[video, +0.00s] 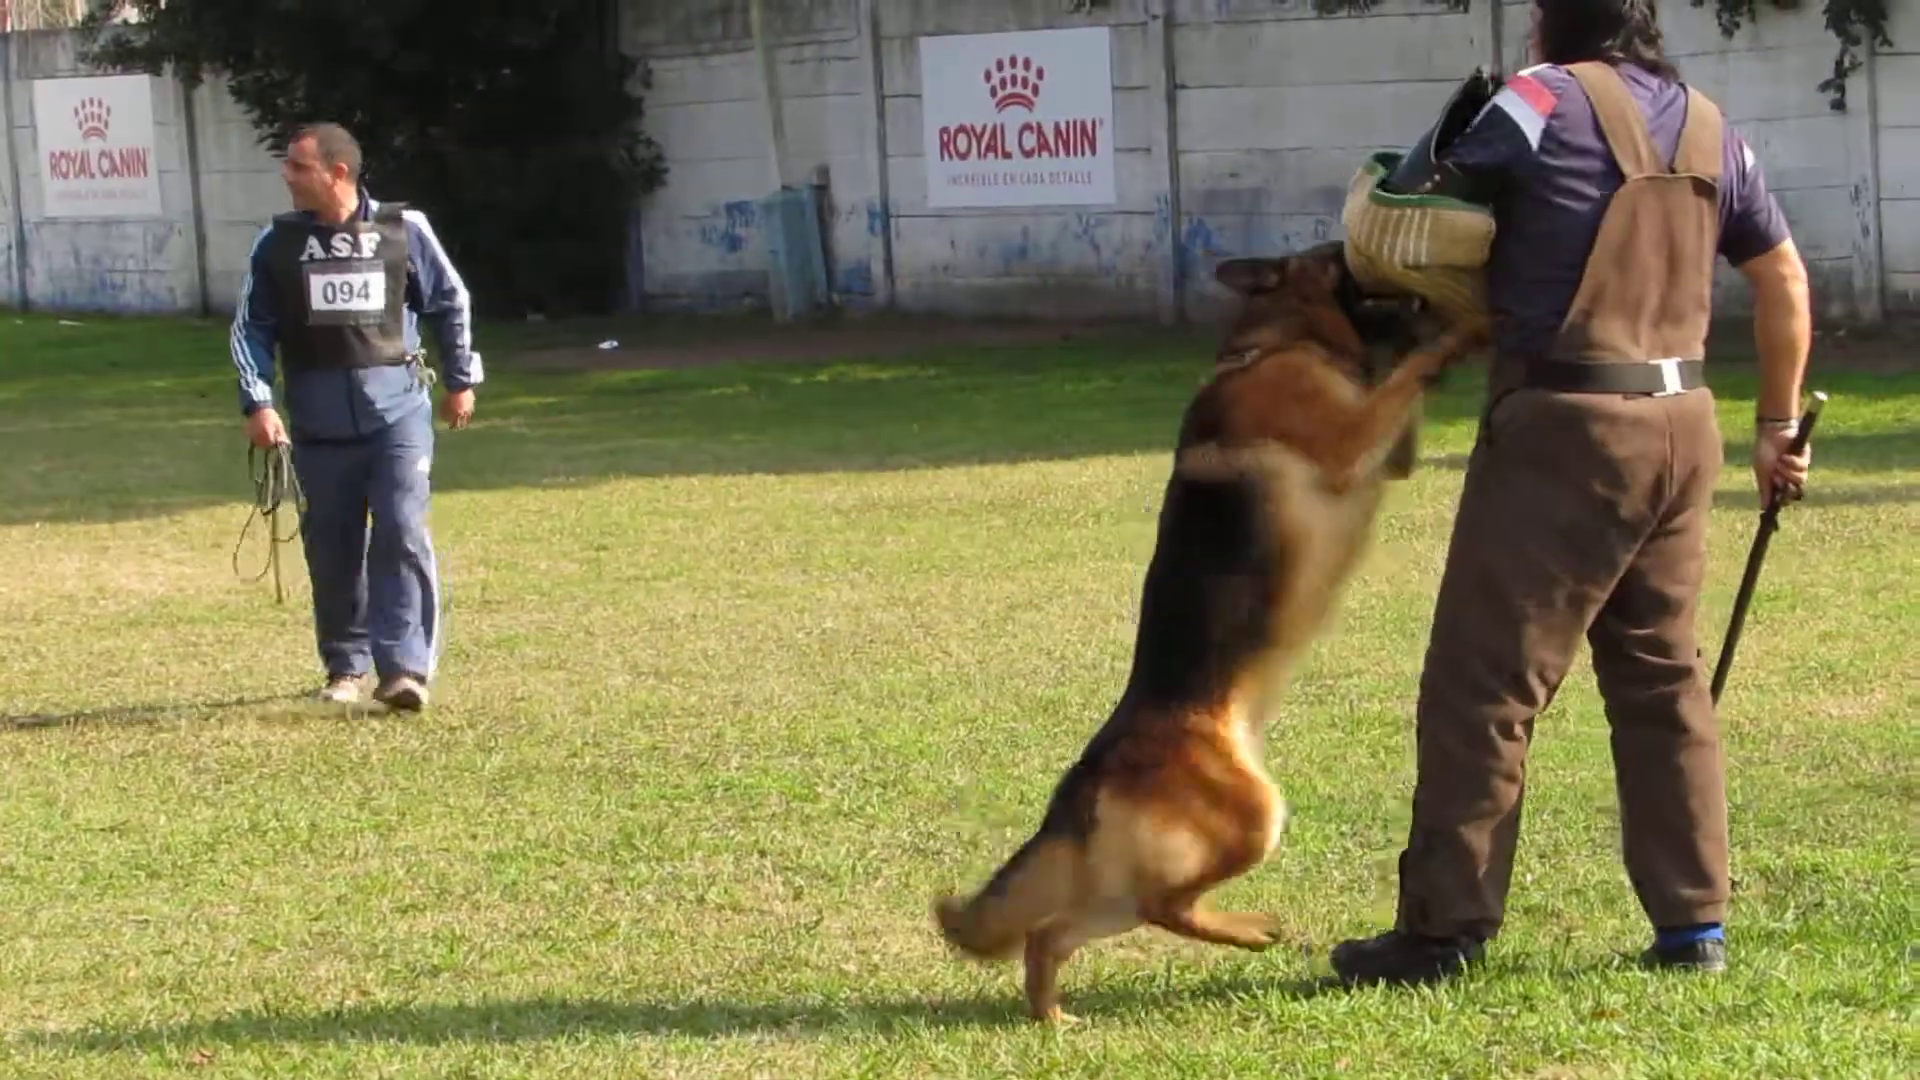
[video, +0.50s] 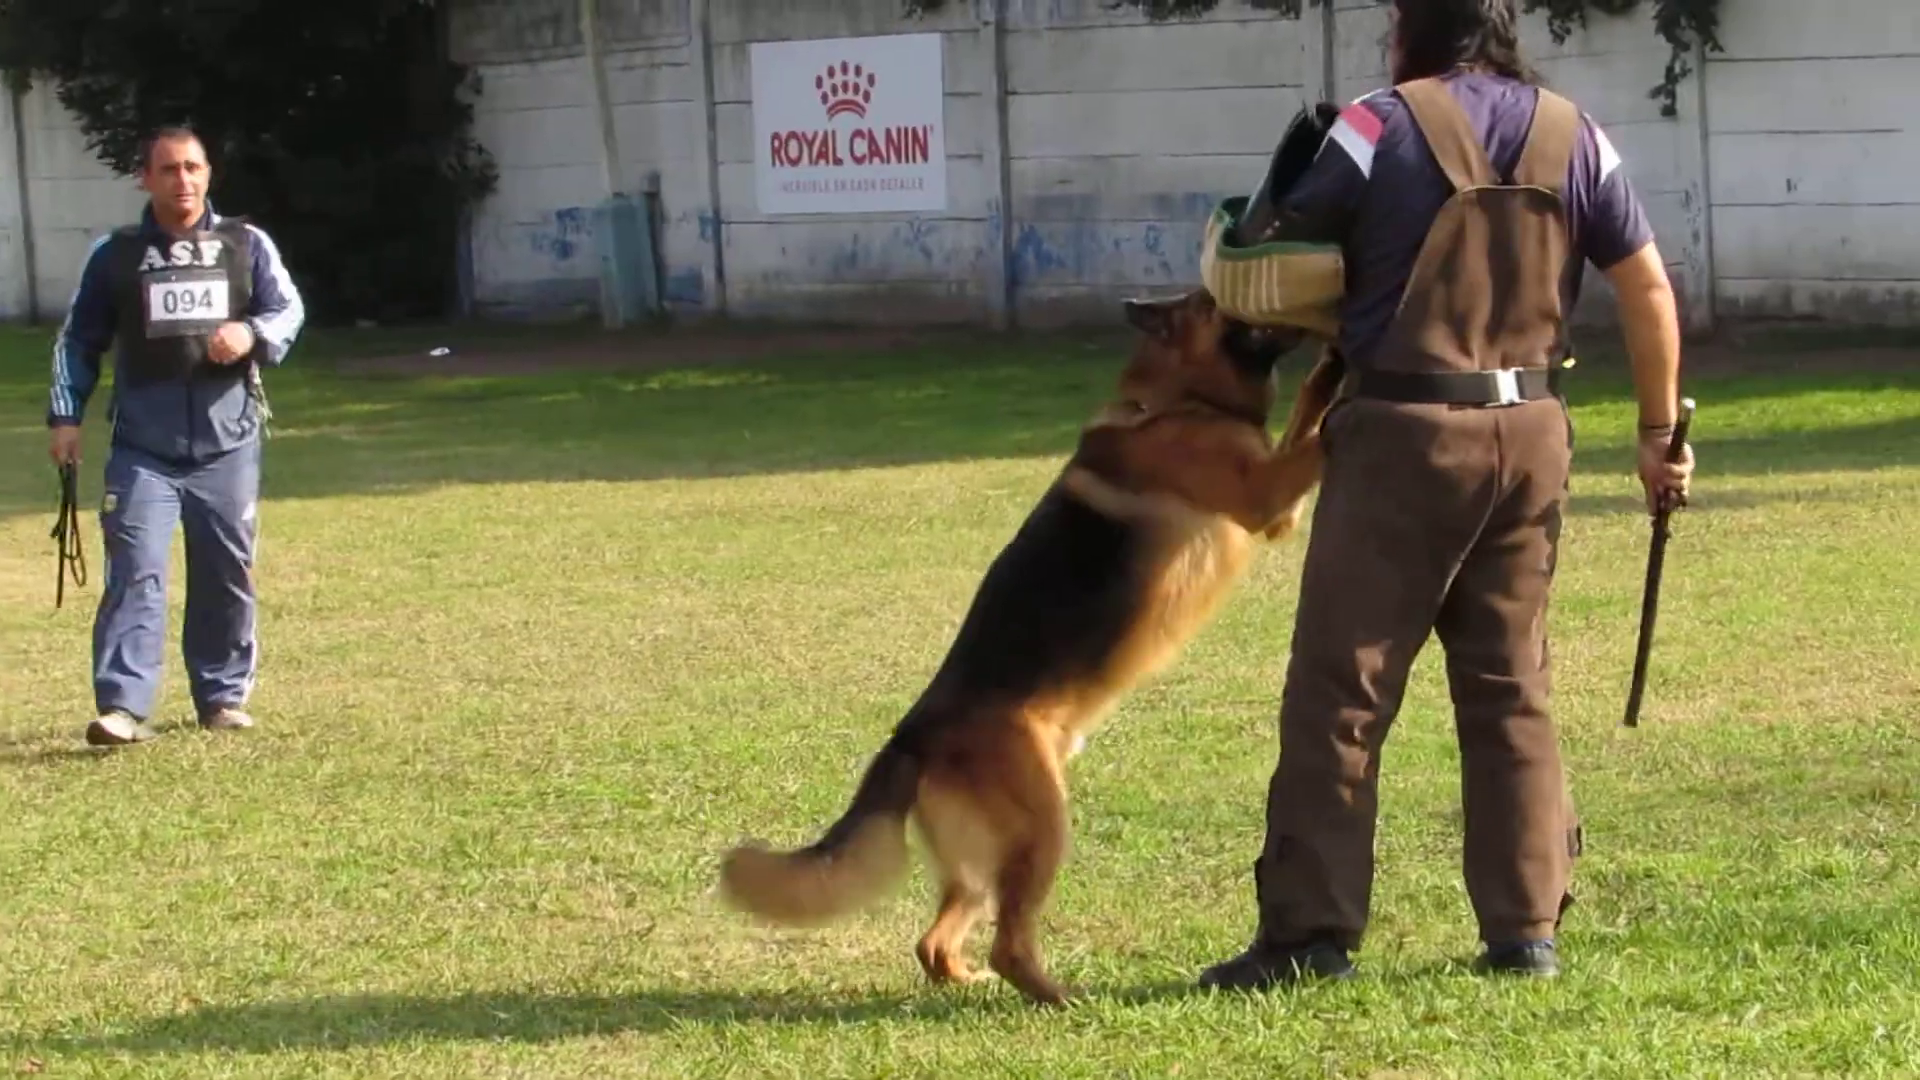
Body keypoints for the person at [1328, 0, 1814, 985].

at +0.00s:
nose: (1532, 31)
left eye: (1534, 21)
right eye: (1537, 22)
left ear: (1554, 26)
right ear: (1638, 24)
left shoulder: (1541, 93)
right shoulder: (1709, 124)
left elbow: (1436, 215)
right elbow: (1784, 277)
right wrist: (1781, 423)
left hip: (1566, 429)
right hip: (1684, 427)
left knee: (1484, 680)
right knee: (1663, 672)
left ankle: (1441, 930)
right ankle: (1693, 922)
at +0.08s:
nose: (1522, 31)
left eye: (1526, 21)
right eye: (1527, 22)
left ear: (1549, 25)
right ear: (1634, 26)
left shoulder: (1528, 96)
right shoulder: (1701, 127)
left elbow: (1421, 216)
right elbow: (1770, 282)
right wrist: (1762, 423)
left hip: (1546, 428)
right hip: (1668, 427)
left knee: (1471, 679)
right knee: (1638, 675)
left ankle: (1431, 928)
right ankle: (1661, 922)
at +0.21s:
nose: (1436, 33)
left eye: (1439, 23)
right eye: (1442, 24)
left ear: (1459, 26)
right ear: (1549, 24)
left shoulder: (1433, 106)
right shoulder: (1619, 129)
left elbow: (1317, 217)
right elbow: (1686, 297)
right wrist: (1665, 429)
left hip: (1455, 428)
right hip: (1581, 430)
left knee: (1388, 681)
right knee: (1550, 679)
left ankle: (1347, 932)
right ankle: (1570, 928)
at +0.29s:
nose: (1427, 33)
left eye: (1430, 23)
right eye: (1433, 24)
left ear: (1449, 26)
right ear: (1540, 25)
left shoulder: (1419, 109)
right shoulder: (1611, 131)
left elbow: (1313, 221)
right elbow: (1680, 297)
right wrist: (1662, 427)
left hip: (1438, 427)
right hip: (1569, 429)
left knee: (1381, 685)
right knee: (1543, 682)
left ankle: (1341, 934)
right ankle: (1557, 930)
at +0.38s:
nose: (1418, 37)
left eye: (1421, 25)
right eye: (1423, 25)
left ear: (1439, 29)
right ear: (1530, 27)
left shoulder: (1408, 115)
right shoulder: (1600, 130)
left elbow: (1305, 235)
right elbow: (1674, 292)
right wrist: (1667, 429)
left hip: (1424, 428)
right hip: (1555, 430)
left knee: (1369, 685)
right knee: (1532, 682)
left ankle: (1330, 935)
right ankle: (1546, 931)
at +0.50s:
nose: (1389, 42)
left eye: (1394, 28)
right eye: (1395, 28)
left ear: (1410, 33)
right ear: (1503, 36)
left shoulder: (1378, 121)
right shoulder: (1577, 135)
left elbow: (1280, 261)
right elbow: (1649, 291)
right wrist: (1663, 429)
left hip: (1403, 437)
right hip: (1534, 436)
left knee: (1341, 687)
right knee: (1511, 684)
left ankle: (1306, 937)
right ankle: (1525, 932)